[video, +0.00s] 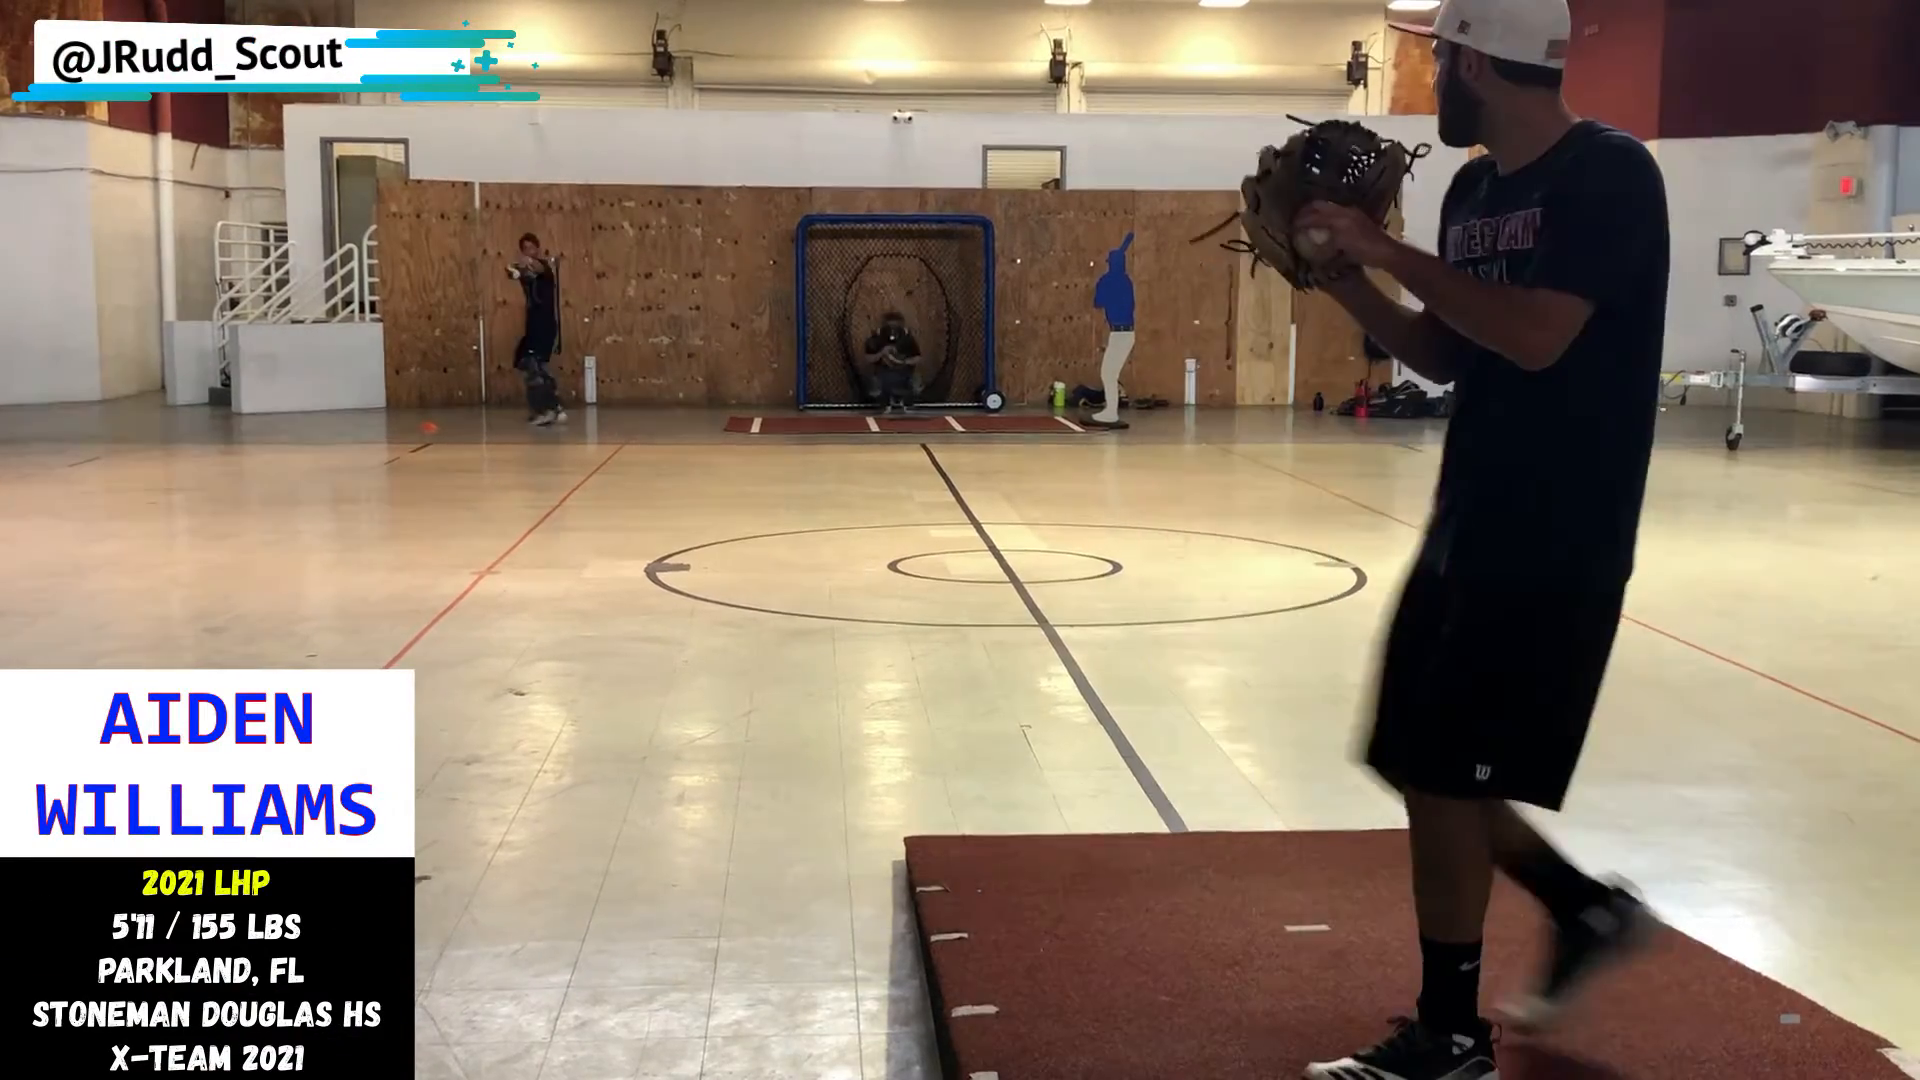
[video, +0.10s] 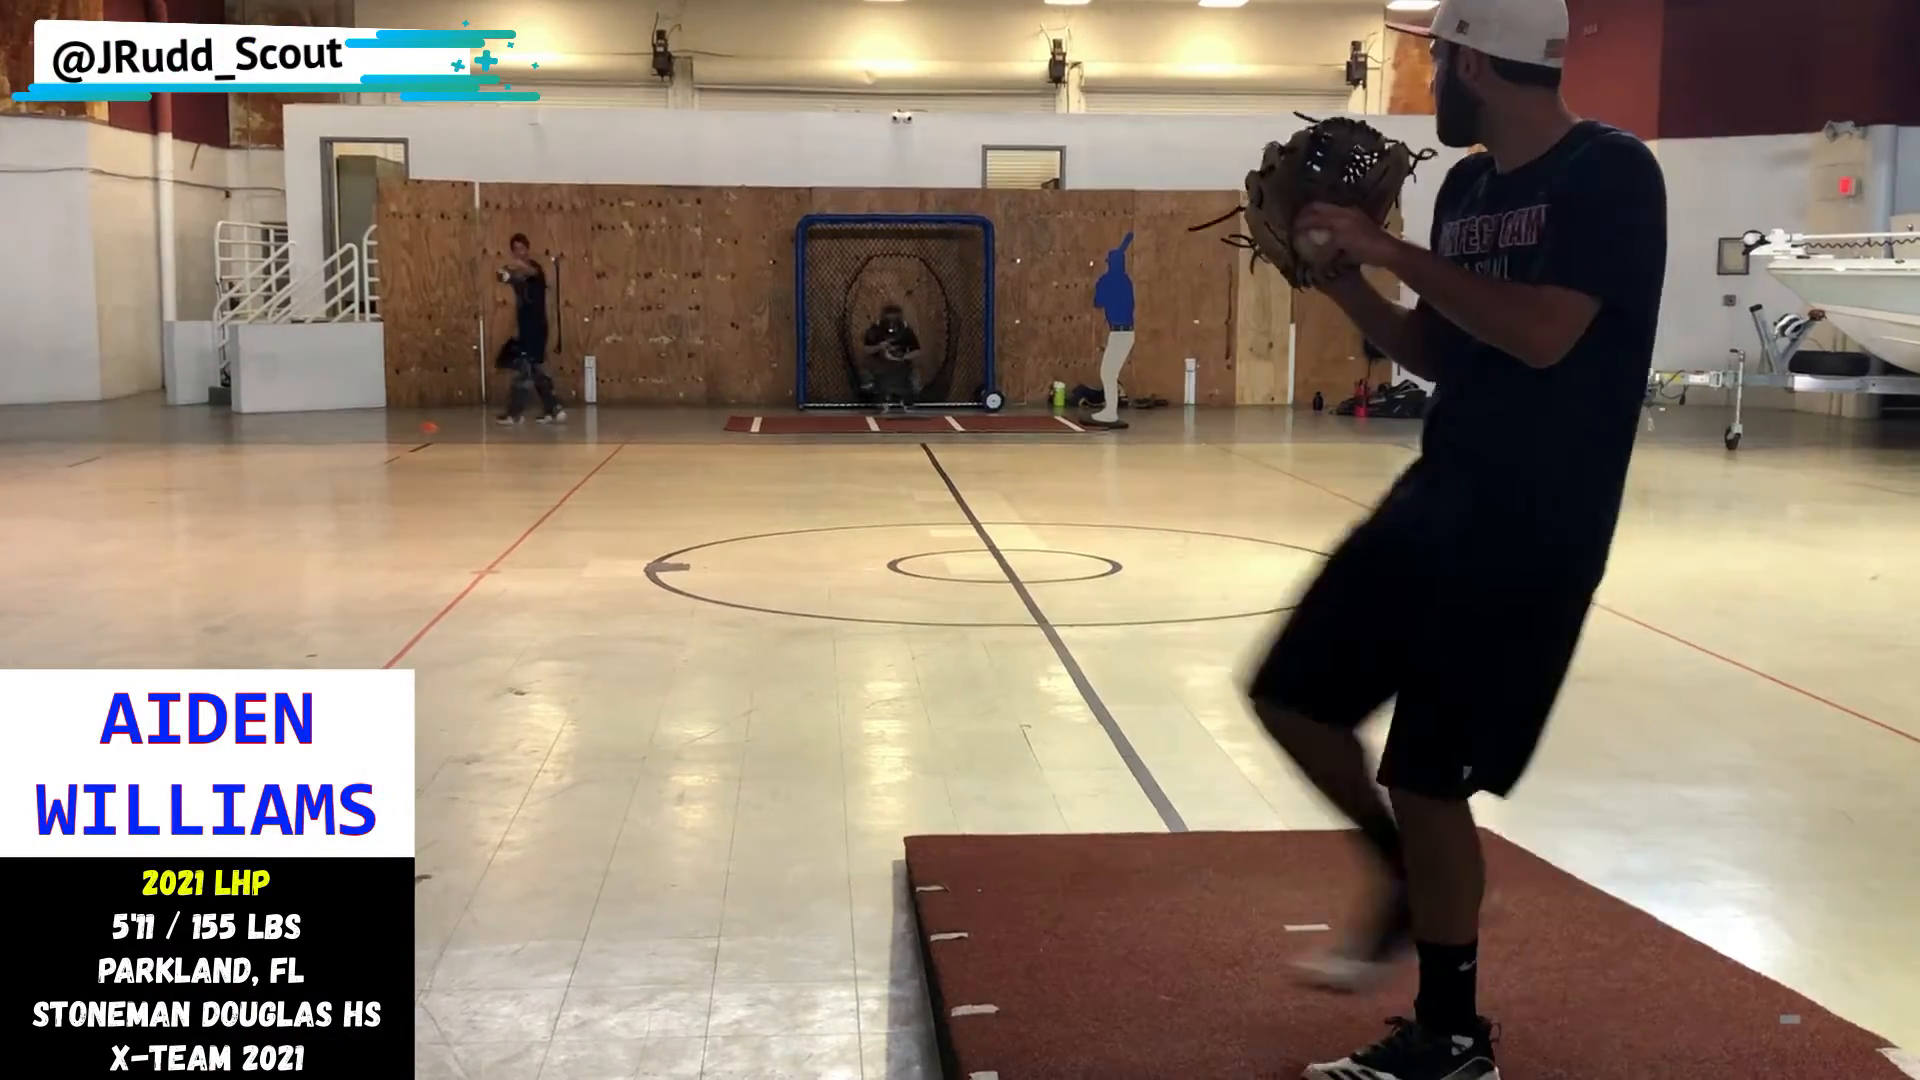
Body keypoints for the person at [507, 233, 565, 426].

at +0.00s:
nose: (528, 252)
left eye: (531, 247)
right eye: (525, 249)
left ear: (538, 248)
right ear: (521, 252)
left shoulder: (546, 266)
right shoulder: (527, 270)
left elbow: (542, 267)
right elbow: (518, 273)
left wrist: (531, 264)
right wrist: (515, 273)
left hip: (544, 323)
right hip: (534, 323)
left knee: (530, 362)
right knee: (534, 364)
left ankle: (548, 408)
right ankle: (551, 406)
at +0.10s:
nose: (519, 252)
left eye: (521, 248)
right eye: (515, 249)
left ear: (527, 249)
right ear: (512, 252)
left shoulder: (534, 268)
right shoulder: (520, 272)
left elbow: (528, 271)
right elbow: (514, 277)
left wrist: (515, 267)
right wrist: (507, 277)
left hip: (534, 325)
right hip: (527, 325)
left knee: (525, 366)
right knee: (534, 366)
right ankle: (553, 407)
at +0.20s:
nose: (509, 252)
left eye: (512, 248)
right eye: (506, 249)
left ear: (519, 249)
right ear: (504, 251)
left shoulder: (524, 268)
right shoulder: (511, 273)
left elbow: (527, 278)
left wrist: (512, 272)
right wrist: (499, 284)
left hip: (525, 325)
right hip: (517, 325)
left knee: (516, 367)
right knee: (525, 366)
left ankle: (508, 412)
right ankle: (549, 405)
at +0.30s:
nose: (500, 249)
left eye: (503, 246)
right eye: (497, 246)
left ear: (509, 247)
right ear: (494, 250)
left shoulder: (515, 267)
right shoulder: (500, 270)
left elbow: (521, 283)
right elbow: (498, 292)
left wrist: (501, 279)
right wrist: (489, 293)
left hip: (514, 324)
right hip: (504, 323)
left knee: (508, 369)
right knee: (507, 368)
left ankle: (507, 413)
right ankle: (539, 400)